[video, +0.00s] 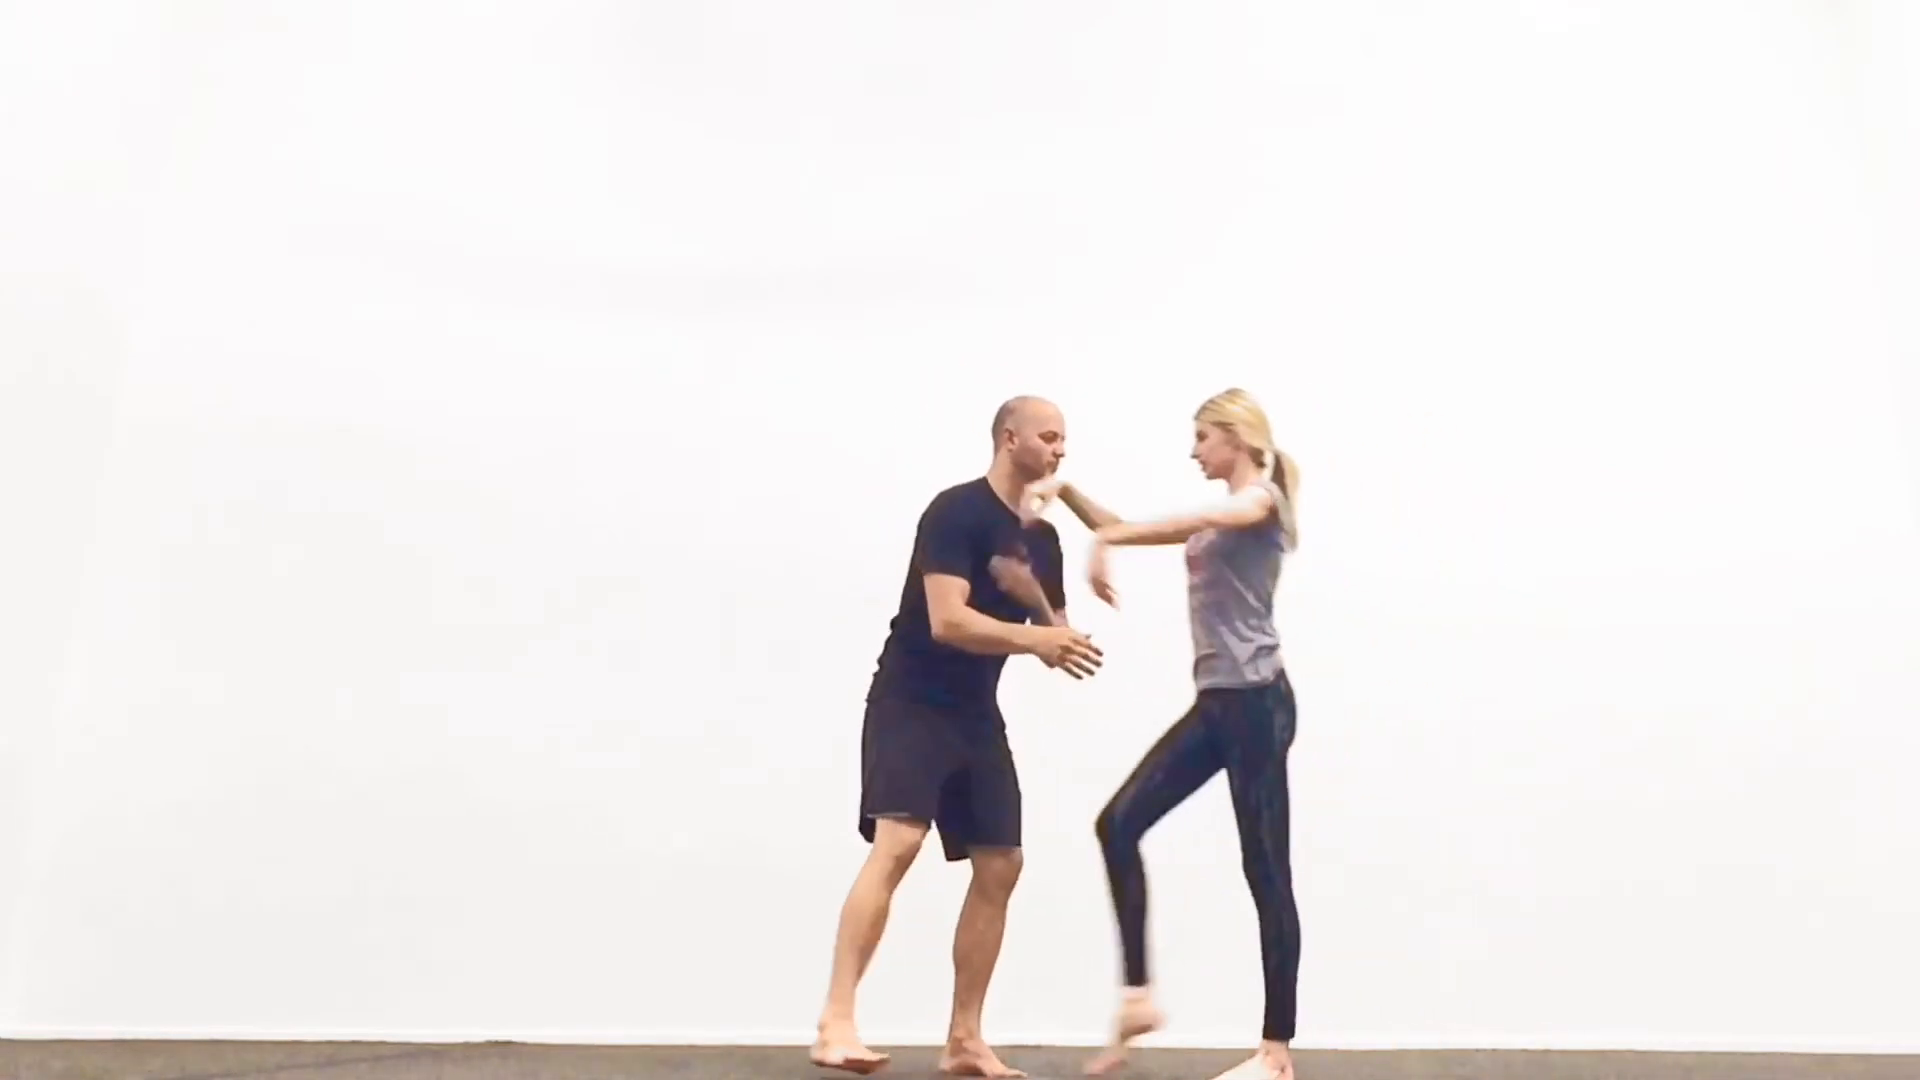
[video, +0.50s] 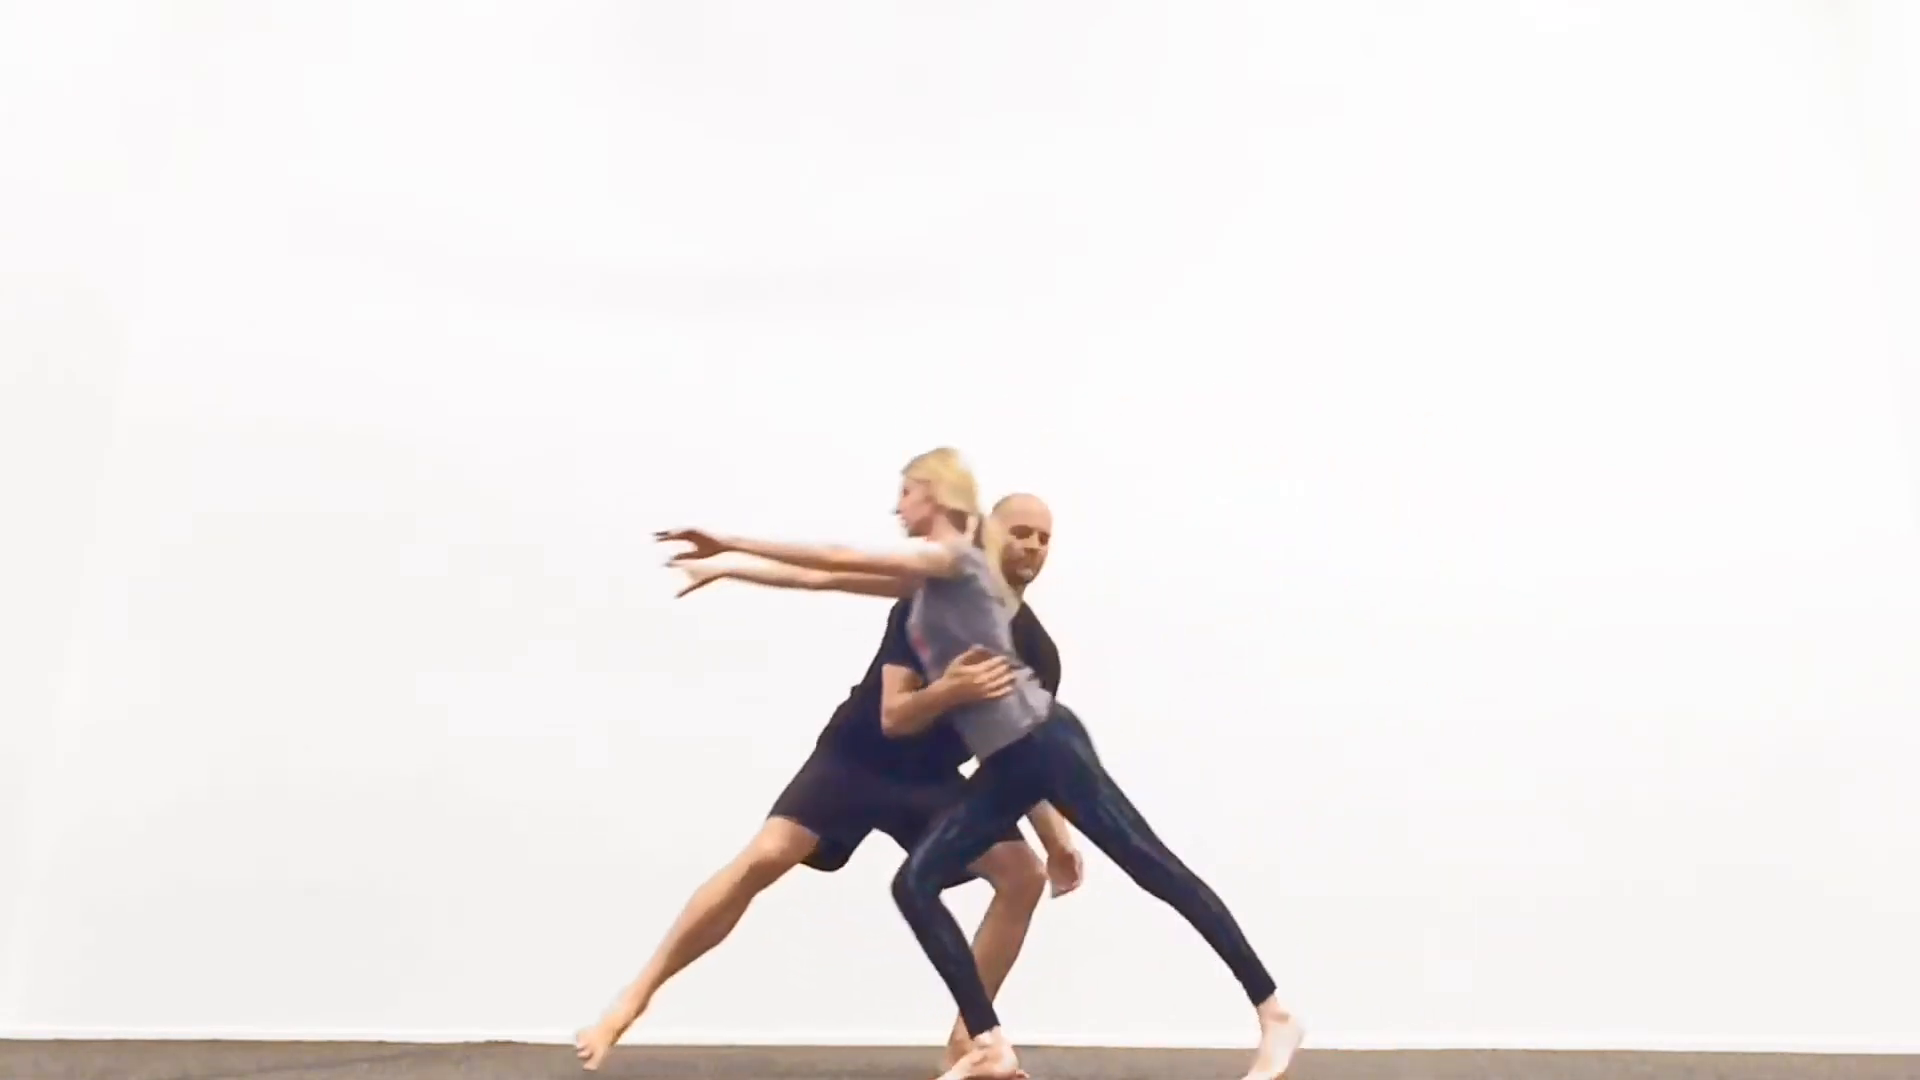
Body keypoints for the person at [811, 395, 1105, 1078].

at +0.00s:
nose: (1060, 451)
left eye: (1063, 440)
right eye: (1049, 438)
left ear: (1053, 447)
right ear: (1008, 439)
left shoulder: (1044, 537)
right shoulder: (955, 510)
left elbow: (1052, 644)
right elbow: (947, 621)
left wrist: (1035, 604)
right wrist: (1041, 638)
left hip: (976, 708)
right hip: (911, 699)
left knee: (999, 866)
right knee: (898, 843)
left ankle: (965, 1039)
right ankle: (836, 1022)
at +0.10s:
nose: (1068, 469)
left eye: (1072, 460)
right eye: (1056, 457)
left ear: (1064, 469)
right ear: (1016, 459)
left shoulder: (1051, 559)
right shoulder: (962, 527)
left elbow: (1042, 675)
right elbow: (960, 635)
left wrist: (1016, 640)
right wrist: (1052, 636)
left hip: (970, 717)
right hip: (903, 705)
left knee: (1011, 868)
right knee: (880, 838)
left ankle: (965, 1041)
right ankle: (787, 1009)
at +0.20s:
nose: (1074, 492)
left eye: (1079, 481)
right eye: (1061, 478)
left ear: (1075, 492)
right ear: (1019, 480)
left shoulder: (1055, 583)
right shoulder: (967, 543)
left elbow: (1041, 677)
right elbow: (962, 648)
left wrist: (1044, 725)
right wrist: (1048, 640)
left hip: (963, 732)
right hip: (897, 714)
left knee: (1017, 873)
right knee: (851, 844)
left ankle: (968, 1039)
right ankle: (740, 998)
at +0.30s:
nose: (1043, 510)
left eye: (1055, 503)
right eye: (1033, 495)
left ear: (1073, 519)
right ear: (1018, 500)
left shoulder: (1052, 596)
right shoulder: (966, 561)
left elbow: (1040, 711)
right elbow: (950, 665)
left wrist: (1056, 793)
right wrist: (1034, 650)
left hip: (951, 744)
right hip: (883, 728)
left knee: (1028, 874)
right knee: (826, 845)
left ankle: (968, 1040)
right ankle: (702, 994)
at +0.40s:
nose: (1002, 528)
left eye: (1020, 523)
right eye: (1003, 520)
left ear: (1036, 533)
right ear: (993, 525)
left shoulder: (1037, 609)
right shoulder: (949, 582)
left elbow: (1040, 717)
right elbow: (926, 689)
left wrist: (1062, 819)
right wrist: (1003, 678)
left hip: (942, 759)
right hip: (870, 742)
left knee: (1026, 876)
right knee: (794, 851)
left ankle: (964, 1039)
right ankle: (670, 996)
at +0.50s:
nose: (1032, 549)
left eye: (1042, 539)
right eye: (1020, 535)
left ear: (1049, 550)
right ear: (984, 532)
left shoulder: (1034, 646)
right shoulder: (927, 599)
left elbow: (1021, 746)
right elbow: (894, 717)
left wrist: (1057, 837)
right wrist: (953, 690)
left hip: (931, 774)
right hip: (854, 759)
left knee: (1024, 878)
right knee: (766, 857)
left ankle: (962, 1045)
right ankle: (631, 1003)